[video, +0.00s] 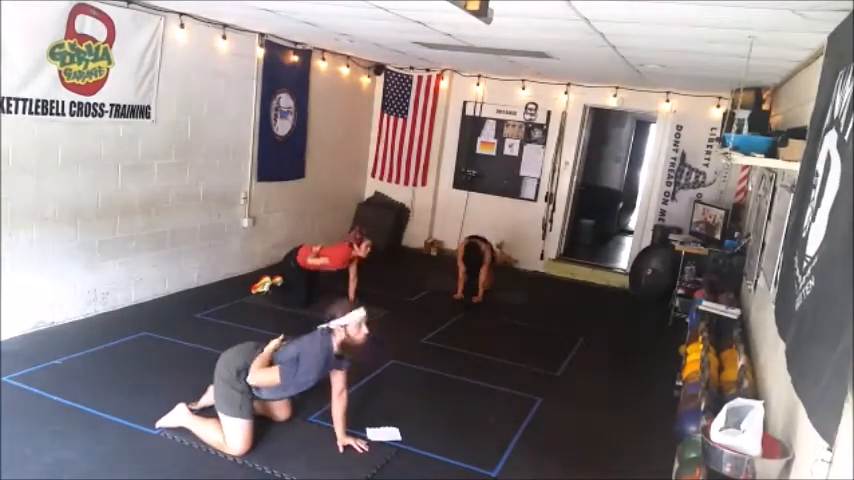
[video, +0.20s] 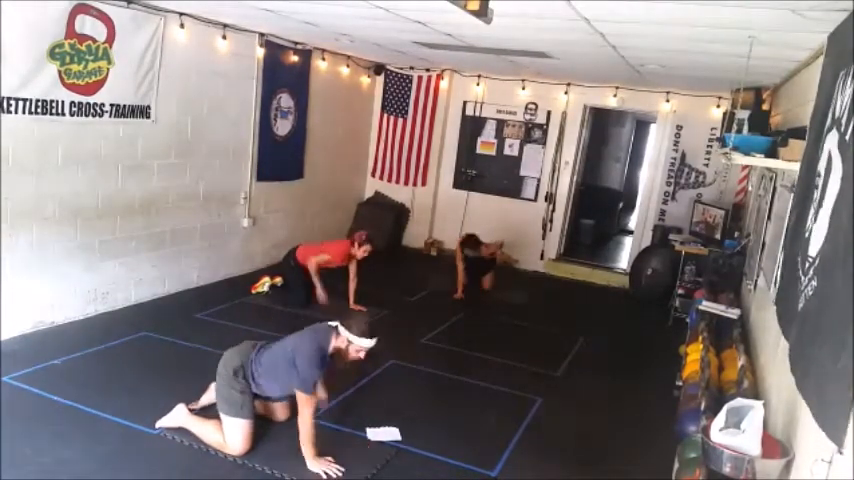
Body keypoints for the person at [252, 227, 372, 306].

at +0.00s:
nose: (368, 250)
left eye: (370, 248)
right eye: (366, 247)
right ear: (357, 245)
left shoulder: (353, 255)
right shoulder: (341, 257)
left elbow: (353, 278)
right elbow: (309, 262)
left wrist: (351, 300)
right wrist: (315, 252)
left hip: (306, 258)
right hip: (295, 261)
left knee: (312, 296)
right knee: (300, 299)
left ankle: (280, 283)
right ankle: (270, 288)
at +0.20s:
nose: (366, 255)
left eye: (368, 252)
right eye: (365, 251)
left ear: (359, 247)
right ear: (356, 245)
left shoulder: (352, 254)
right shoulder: (341, 252)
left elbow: (353, 277)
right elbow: (312, 262)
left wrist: (352, 303)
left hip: (304, 260)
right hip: (294, 261)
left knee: (308, 295)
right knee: (301, 300)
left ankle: (280, 283)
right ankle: (271, 287)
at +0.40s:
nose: (363, 259)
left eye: (365, 257)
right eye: (362, 255)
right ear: (354, 249)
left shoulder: (348, 244)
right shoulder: (338, 253)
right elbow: (335, 283)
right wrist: (336, 309)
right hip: (294, 262)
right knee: (300, 299)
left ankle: (280, 283)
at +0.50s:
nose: (362, 257)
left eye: (365, 255)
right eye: (362, 252)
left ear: (364, 254)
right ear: (355, 247)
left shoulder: (348, 247)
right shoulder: (339, 252)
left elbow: (331, 244)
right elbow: (335, 282)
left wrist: (319, 244)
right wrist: (336, 309)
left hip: (308, 261)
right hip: (296, 262)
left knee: (311, 296)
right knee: (299, 301)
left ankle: (278, 282)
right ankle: (269, 287)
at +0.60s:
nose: (352, 269)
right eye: (354, 267)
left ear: (363, 260)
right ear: (356, 259)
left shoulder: (352, 246)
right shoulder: (340, 254)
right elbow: (336, 283)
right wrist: (336, 310)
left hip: (310, 261)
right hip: (299, 261)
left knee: (310, 296)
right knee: (300, 300)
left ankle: (280, 282)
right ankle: (269, 288)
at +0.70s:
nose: (357, 264)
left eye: (360, 263)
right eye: (357, 261)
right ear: (355, 254)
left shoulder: (350, 245)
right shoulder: (339, 252)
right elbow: (335, 283)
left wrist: (362, 277)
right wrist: (336, 309)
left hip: (311, 261)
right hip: (299, 260)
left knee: (311, 294)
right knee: (300, 299)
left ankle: (280, 281)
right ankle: (269, 287)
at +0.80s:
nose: (366, 261)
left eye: (369, 259)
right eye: (365, 258)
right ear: (358, 251)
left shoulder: (349, 253)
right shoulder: (341, 253)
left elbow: (326, 246)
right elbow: (337, 286)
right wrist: (339, 307)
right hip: (295, 263)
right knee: (300, 300)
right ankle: (272, 288)